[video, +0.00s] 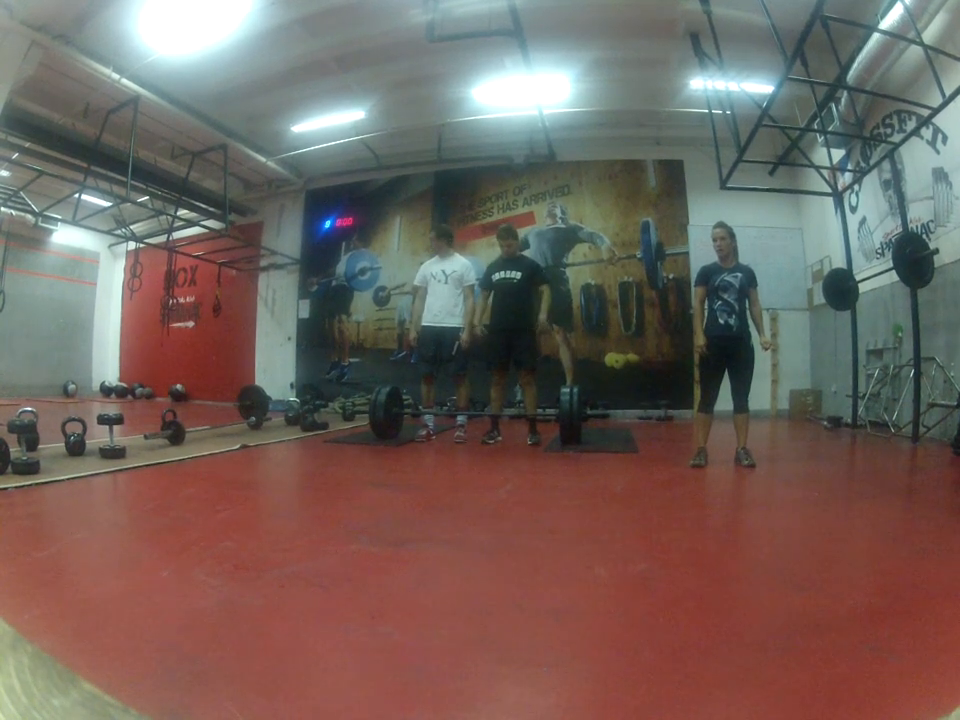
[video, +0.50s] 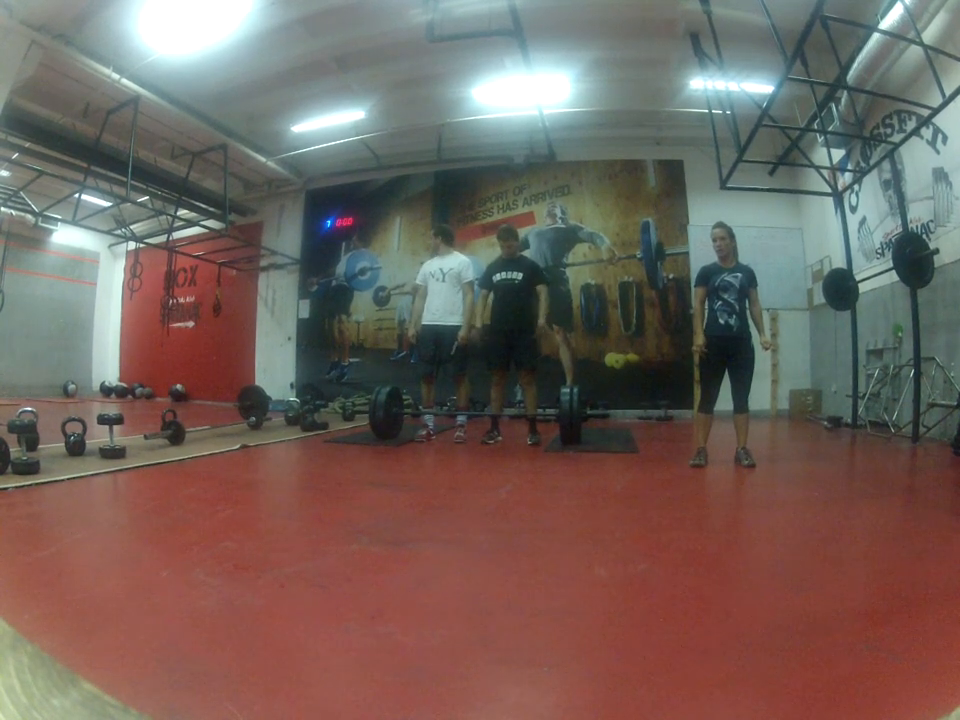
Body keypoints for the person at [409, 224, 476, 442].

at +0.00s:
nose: (431, 244)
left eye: (434, 240)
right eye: (431, 240)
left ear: (445, 241)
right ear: (436, 241)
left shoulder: (463, 265)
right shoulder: (426, 266)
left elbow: (470, 298)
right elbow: (419, 298)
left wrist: (467, 329)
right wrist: (413, 327)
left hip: (455, 328)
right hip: (428, 328)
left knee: (460, 376)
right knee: (427, 376)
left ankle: (461, 423)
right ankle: (428, 424)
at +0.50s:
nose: (431, 242)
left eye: (433, 238)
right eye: (431, 238)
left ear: (440, 239)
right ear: (442, 239)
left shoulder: (462, 262)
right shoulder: (427, 265)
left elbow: (469, 295)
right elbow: (420, 297)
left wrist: (466, 327)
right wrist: (413, 325)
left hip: (454, 326)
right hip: (428, 326)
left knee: (459, 375)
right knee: (426, 375)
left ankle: (461, 424)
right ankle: (428, 424)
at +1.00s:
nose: (431, 242)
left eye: (433, 238)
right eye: (432, 238)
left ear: (441, 239)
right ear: (442, 239)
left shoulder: (463, 262)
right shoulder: (428, 265)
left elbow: (470, 295)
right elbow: (421, 297)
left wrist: (466, 328)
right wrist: (415, 326)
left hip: (455, 327)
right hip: (429, 327)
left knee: (460, 376)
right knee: (426, 376)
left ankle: (461, 424)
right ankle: (427, 424)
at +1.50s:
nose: (430, 241)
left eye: (432, 237)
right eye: (431, 237)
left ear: (441, 238)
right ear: (439, 239)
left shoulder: (462, 261)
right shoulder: (427, 265)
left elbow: (469, 295)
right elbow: (420, 297)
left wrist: (466, 327)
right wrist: (414, 325)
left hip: (454, 327)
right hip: (428, 326)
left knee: (459, 375)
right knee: (426, 374)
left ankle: (462, 424)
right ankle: (427, 424)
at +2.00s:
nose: (434, 245)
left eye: (438, 241)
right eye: (433, 242)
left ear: (447, 240)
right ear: (432, 242)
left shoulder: (462, 263)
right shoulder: (426, 266)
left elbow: (468, 295)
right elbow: (417, 298)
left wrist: (466, 326)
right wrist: (410, 326)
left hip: (454, 327)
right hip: (428, 327)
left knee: (459, 375)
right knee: (426, 376)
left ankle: (461, 425)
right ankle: (427, 425)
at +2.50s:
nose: (438, 248)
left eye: (441, 244)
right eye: (435, 244)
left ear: (449, 242)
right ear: (432, 243)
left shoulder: (462, 264)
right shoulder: (425, 266)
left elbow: (471, 296)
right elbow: (416, 298)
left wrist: (472, 325)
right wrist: (408, 325)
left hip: (456, 328)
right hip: (429, 327)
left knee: (459, 376)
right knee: (426, 376)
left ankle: (461, 425)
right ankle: (427, 425)